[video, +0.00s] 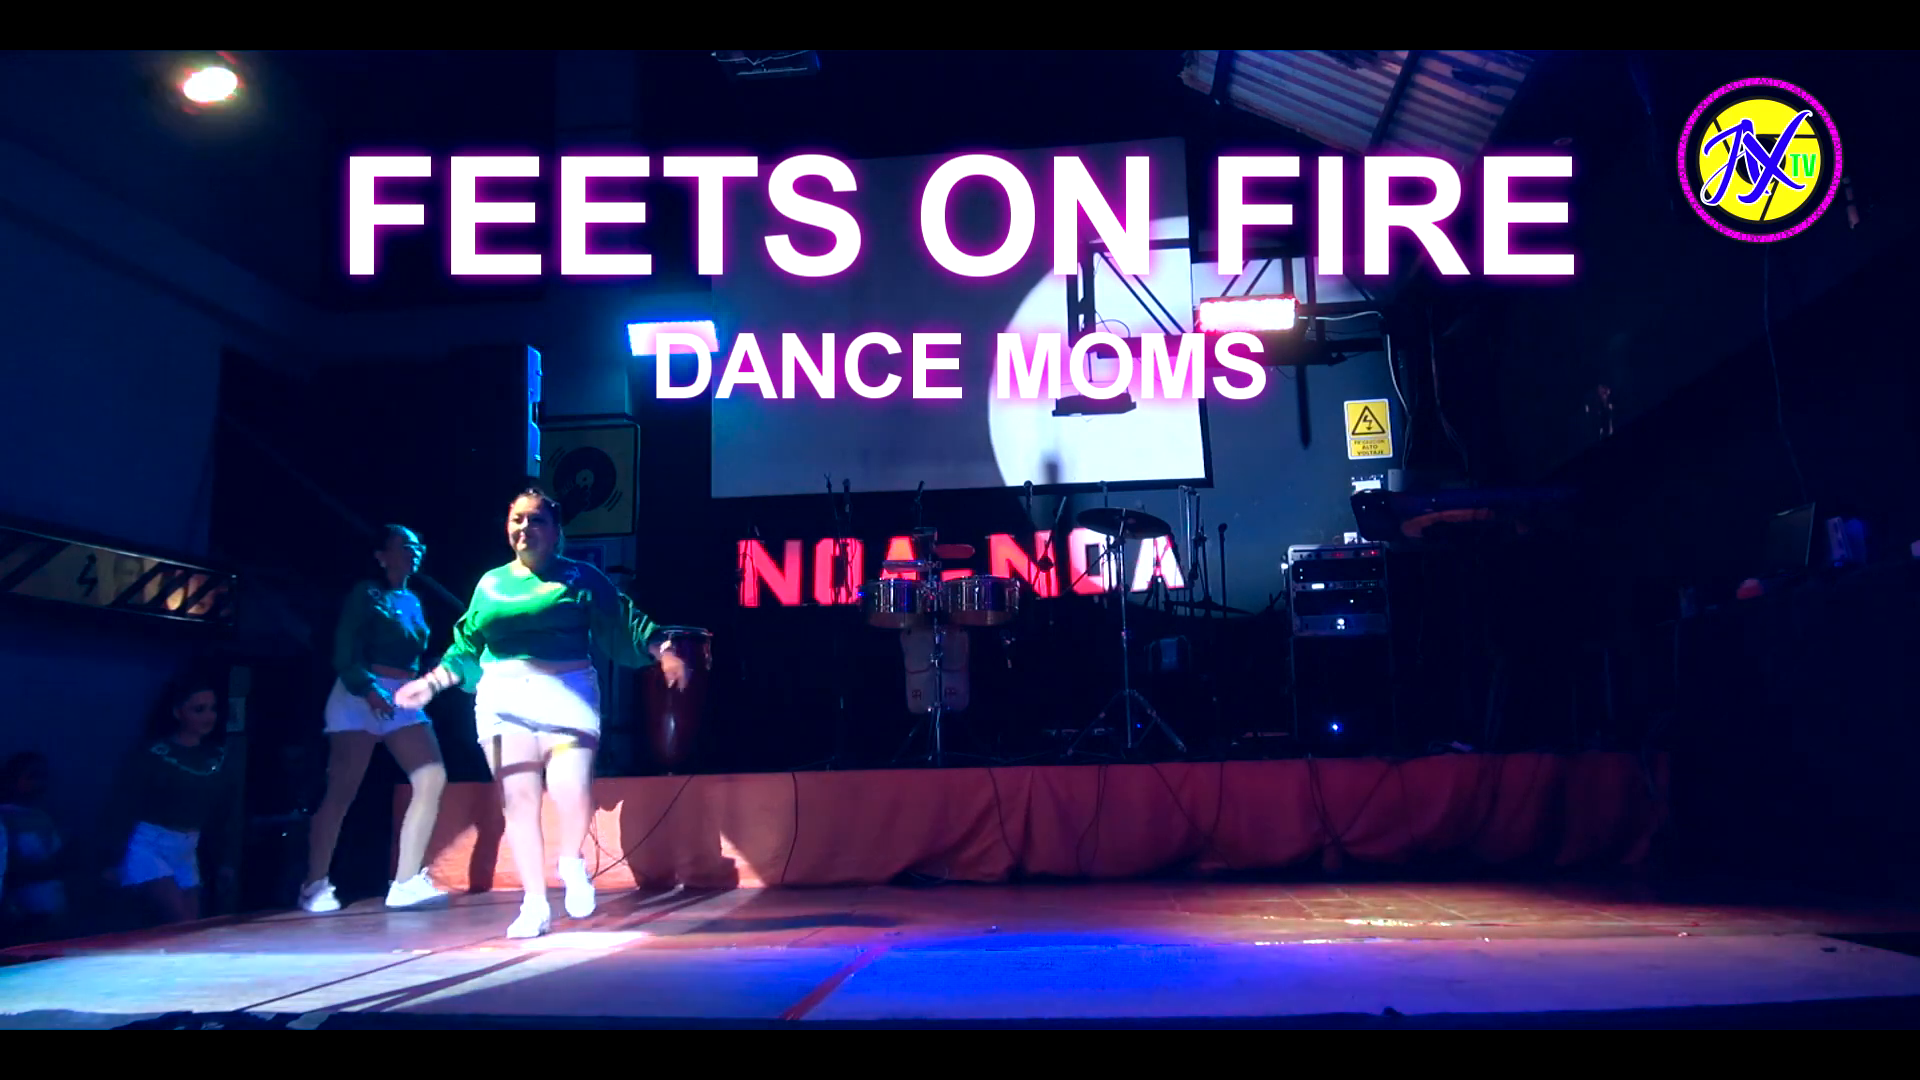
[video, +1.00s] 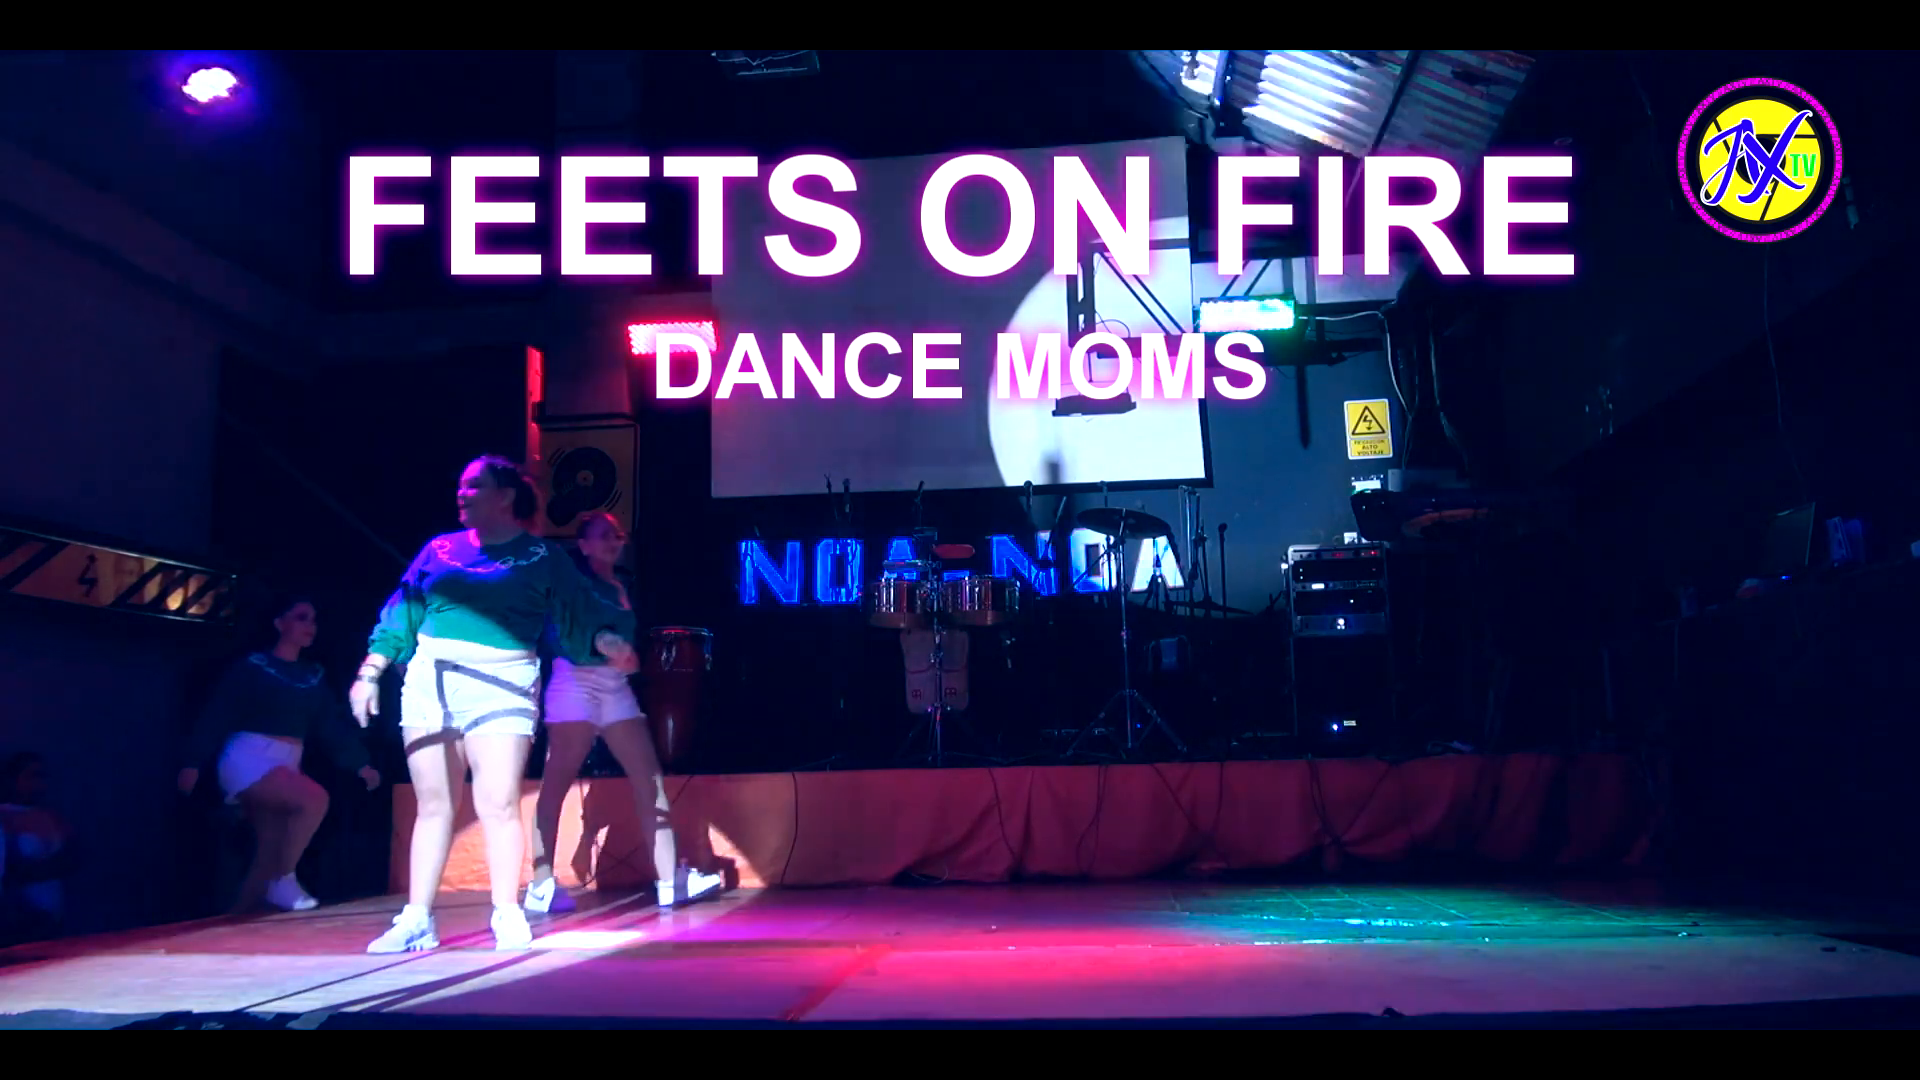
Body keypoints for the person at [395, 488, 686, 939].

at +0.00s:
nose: (526, 526)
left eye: (537, 519)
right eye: (519, 519)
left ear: (556, 529)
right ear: (507, 529)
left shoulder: (583, 578)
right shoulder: (492, 584)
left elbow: (628, 623)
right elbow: (467, 646)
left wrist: (663, 650)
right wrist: (432, 681)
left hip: (569, 686)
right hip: (507, 688)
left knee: (572, 783)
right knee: (519, 795)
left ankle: (572, 863)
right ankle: (534, 900)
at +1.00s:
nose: (462, 495)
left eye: (474, 487)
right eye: (461, 487)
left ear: (508, 496)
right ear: (461, 496)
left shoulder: (545, 558)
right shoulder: (439, 548)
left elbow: (582, 615)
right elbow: (401, 612)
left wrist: (607, 640)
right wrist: (370, 671)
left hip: (500, 684)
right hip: (427, 680)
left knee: (498, 803)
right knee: (433, 804)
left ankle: (506, 911)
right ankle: (417, 918)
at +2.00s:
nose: (487, 491)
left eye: (501, 486)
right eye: (484, 484)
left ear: (527, 500)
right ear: (476, 497)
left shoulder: (549, 550)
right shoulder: (459, 552)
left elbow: (574, 599)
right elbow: (440, 623)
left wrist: (568, 620)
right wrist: (436, 677)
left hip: (530, 689)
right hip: (464, 689)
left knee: (520, 800)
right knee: (445, 804)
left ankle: (516, 910)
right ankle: (467, 899)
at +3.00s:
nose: (487, 502)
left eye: (499, 497)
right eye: (479, 496)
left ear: (520, 511)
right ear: (466, 510)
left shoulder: (539, 556)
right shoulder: (450, 565)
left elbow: (566, 599)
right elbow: (432, 633)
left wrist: (564, 621)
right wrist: (428, 690)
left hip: (525, 680)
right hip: (456, 683)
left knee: (514, 801)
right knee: (427, 788)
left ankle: (514, 908)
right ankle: (453, 886)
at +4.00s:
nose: (466, 506)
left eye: (479, 499)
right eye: (462, 499)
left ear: (506, 512)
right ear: (456, 511)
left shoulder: (527, 564)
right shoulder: (438, 566)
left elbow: (545, 623)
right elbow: (416, 632)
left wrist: (533, 666)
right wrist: (404, 686)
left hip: (506, 691)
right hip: (441, 695)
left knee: (491, 805)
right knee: (404, 794)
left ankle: (491, 911)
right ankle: (444, 890)